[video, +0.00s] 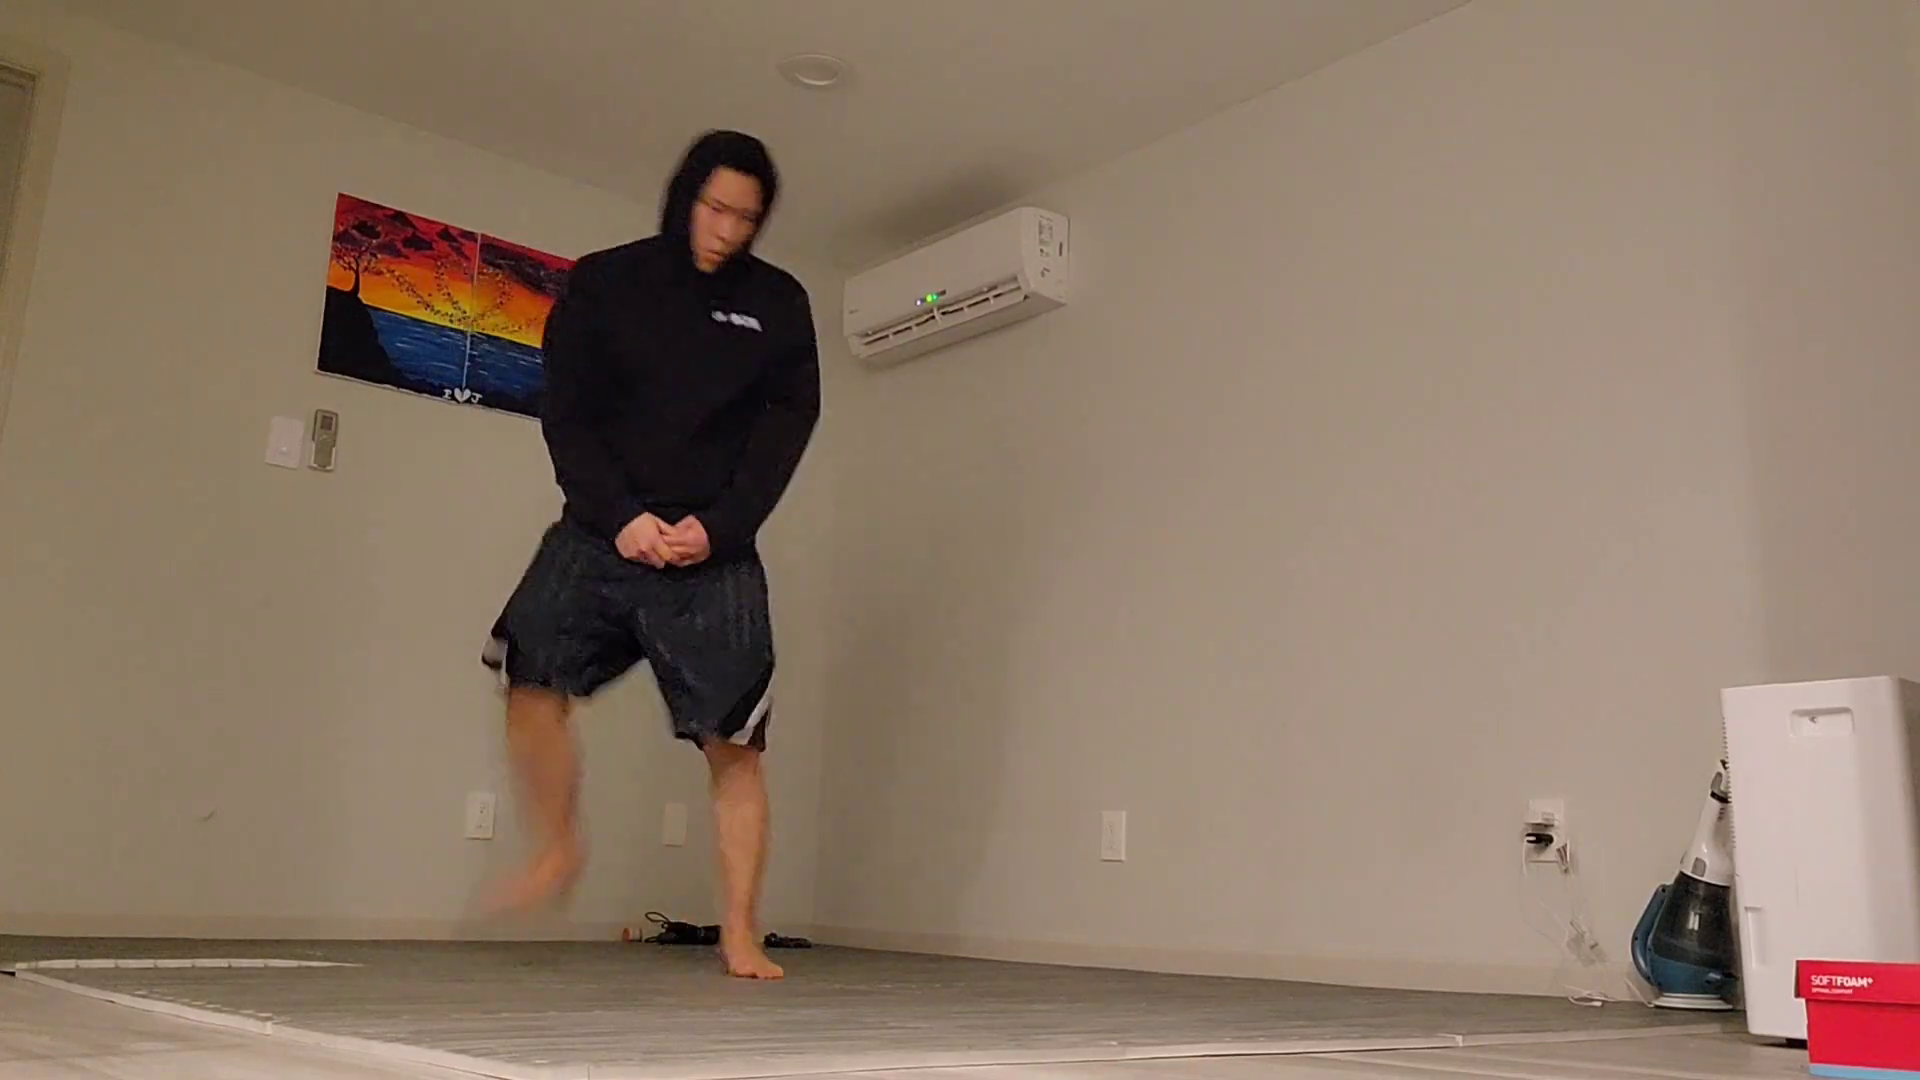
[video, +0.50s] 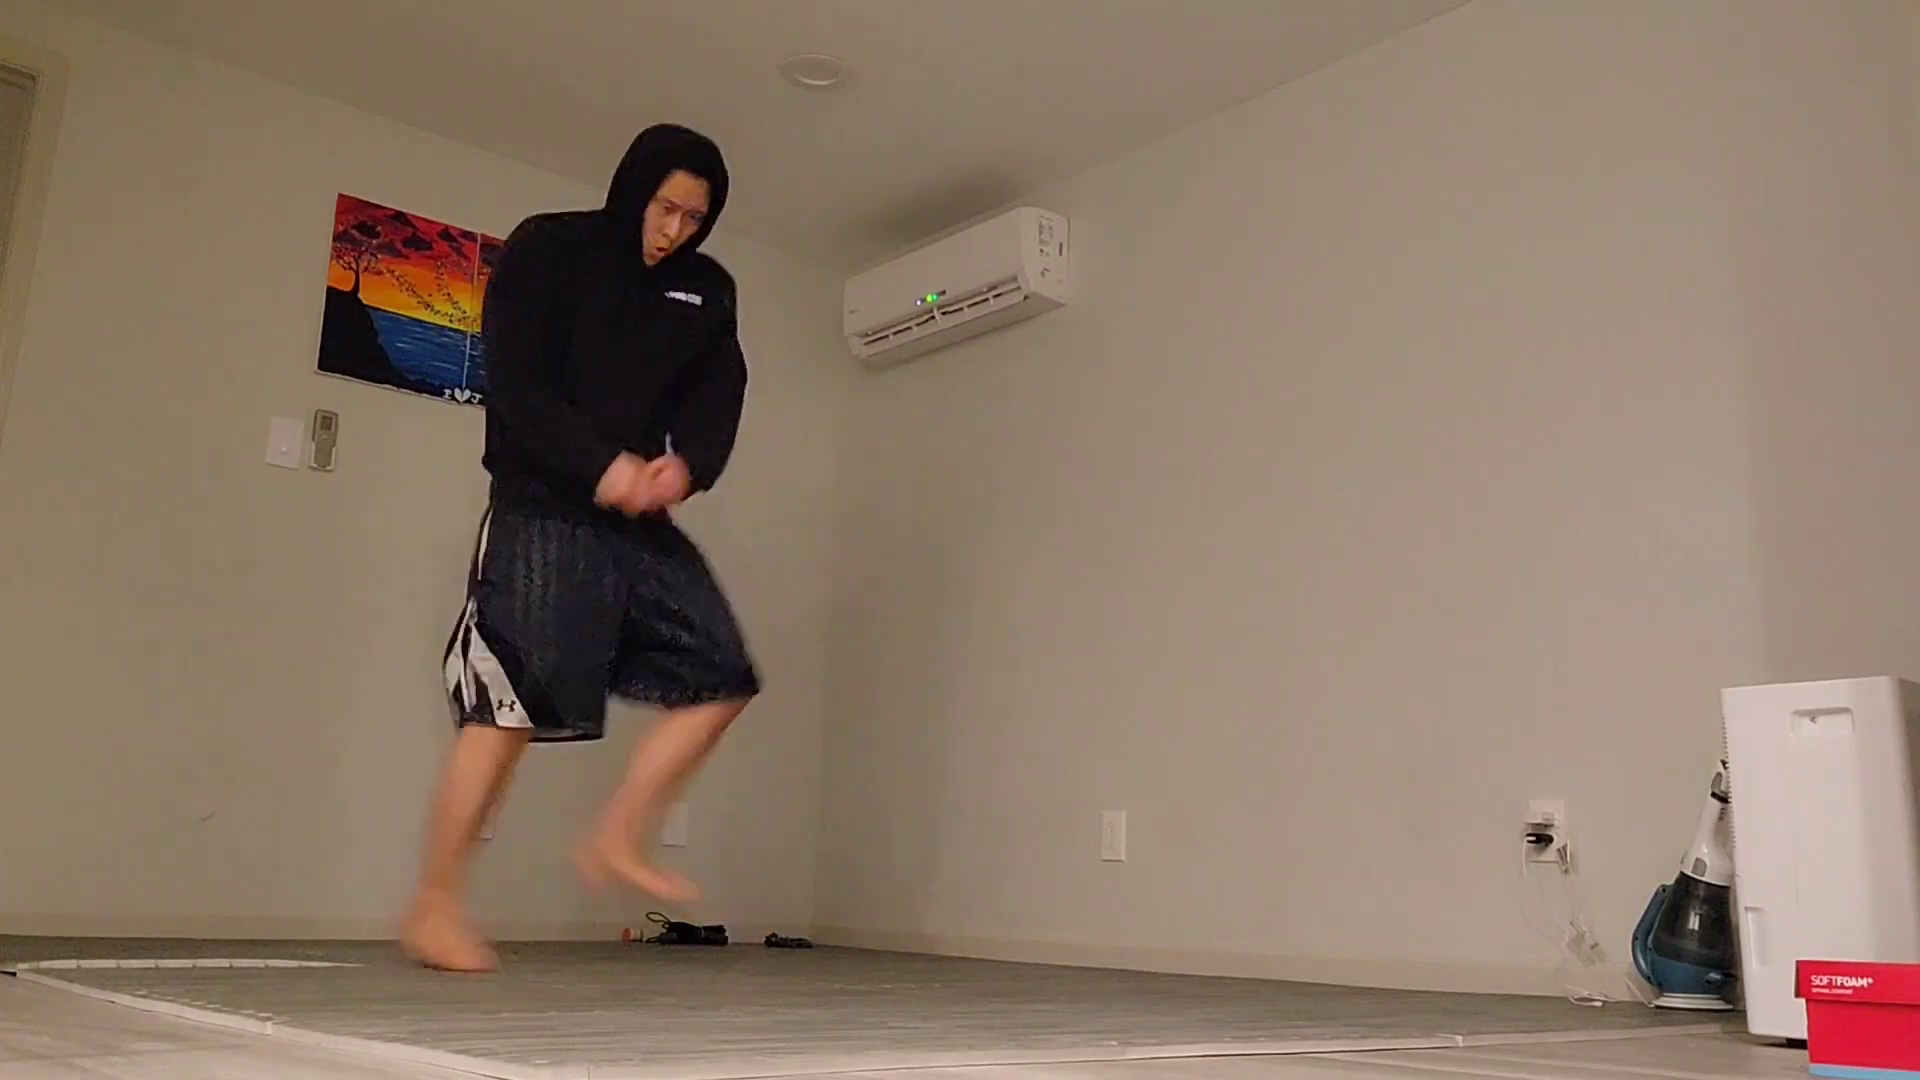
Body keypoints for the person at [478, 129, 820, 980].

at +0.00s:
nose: (727, 228)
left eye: (744, 216)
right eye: (716, 207)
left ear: (760, 222)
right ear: (686, 198)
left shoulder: (779, 303)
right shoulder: (600, 280)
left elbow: (791, 421)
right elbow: (562, 411)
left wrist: (722, 524)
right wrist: (617, 514)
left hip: (715, 550)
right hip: (598, 537)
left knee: (733, 740)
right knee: (530, 673)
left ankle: (740, 934)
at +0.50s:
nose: (675, 230)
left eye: (693, 217)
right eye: (666, 207)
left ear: (706, 218)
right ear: (630, 190)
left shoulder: (705, 285)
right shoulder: (546, 248)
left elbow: (718, 393)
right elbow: (513, 386)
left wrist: (684, 467)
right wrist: (603, 463)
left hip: (643, 522)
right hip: (542, 512)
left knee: (720, 682)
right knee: (504, 708)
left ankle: (617, 838)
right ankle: (433, 908)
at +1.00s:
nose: (730, 275)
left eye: (747, 263)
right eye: (721, 254)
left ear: (759, 266)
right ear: (687, 239)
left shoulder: (760, 341)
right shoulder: (596, 294)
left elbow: (764, 456)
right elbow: (535, 411)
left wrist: (697, 518)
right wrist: (606, 495)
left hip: (677, 551)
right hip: (569, 532)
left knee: (697, 734)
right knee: (527, 681)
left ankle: (688, 925)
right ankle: (533, 833)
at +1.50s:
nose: (654, 279)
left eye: (667, 265)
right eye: (644, 260)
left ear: (679, 264)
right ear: (607, 246)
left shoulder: (691, 324)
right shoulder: (535, 299)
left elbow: (726, 416)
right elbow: (444, 367)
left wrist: (686, 484)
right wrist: (475, 453)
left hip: (643, 555)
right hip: (538, 546)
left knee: (644, 723)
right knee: (500, 740)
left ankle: (599, 909)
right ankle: (475, 914)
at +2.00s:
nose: (643, 296)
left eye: (656, 286)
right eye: (634, 277)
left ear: (662, 292)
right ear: (594, 267)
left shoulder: (656, 367)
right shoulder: (517, 328)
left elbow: (704, 447)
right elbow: (426, 410)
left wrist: (768, 513)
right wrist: (497, 487)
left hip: (612, 577)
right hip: (521, 559)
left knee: (637, 740)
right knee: (528, 727)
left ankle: (563, 886)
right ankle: (486, 892)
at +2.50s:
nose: (660, 321)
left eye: (669, 310)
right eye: (654, 303)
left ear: (669, 311)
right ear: (618, 287)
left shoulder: (641, 375)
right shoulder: (545, 332)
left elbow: (656, 465)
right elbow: (494, 408)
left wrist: (708, 529)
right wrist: (560, 502)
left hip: (604, 568)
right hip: (529, 553)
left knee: (612, 729)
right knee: (559, 714)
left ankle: (545, 906)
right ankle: (547, 912)